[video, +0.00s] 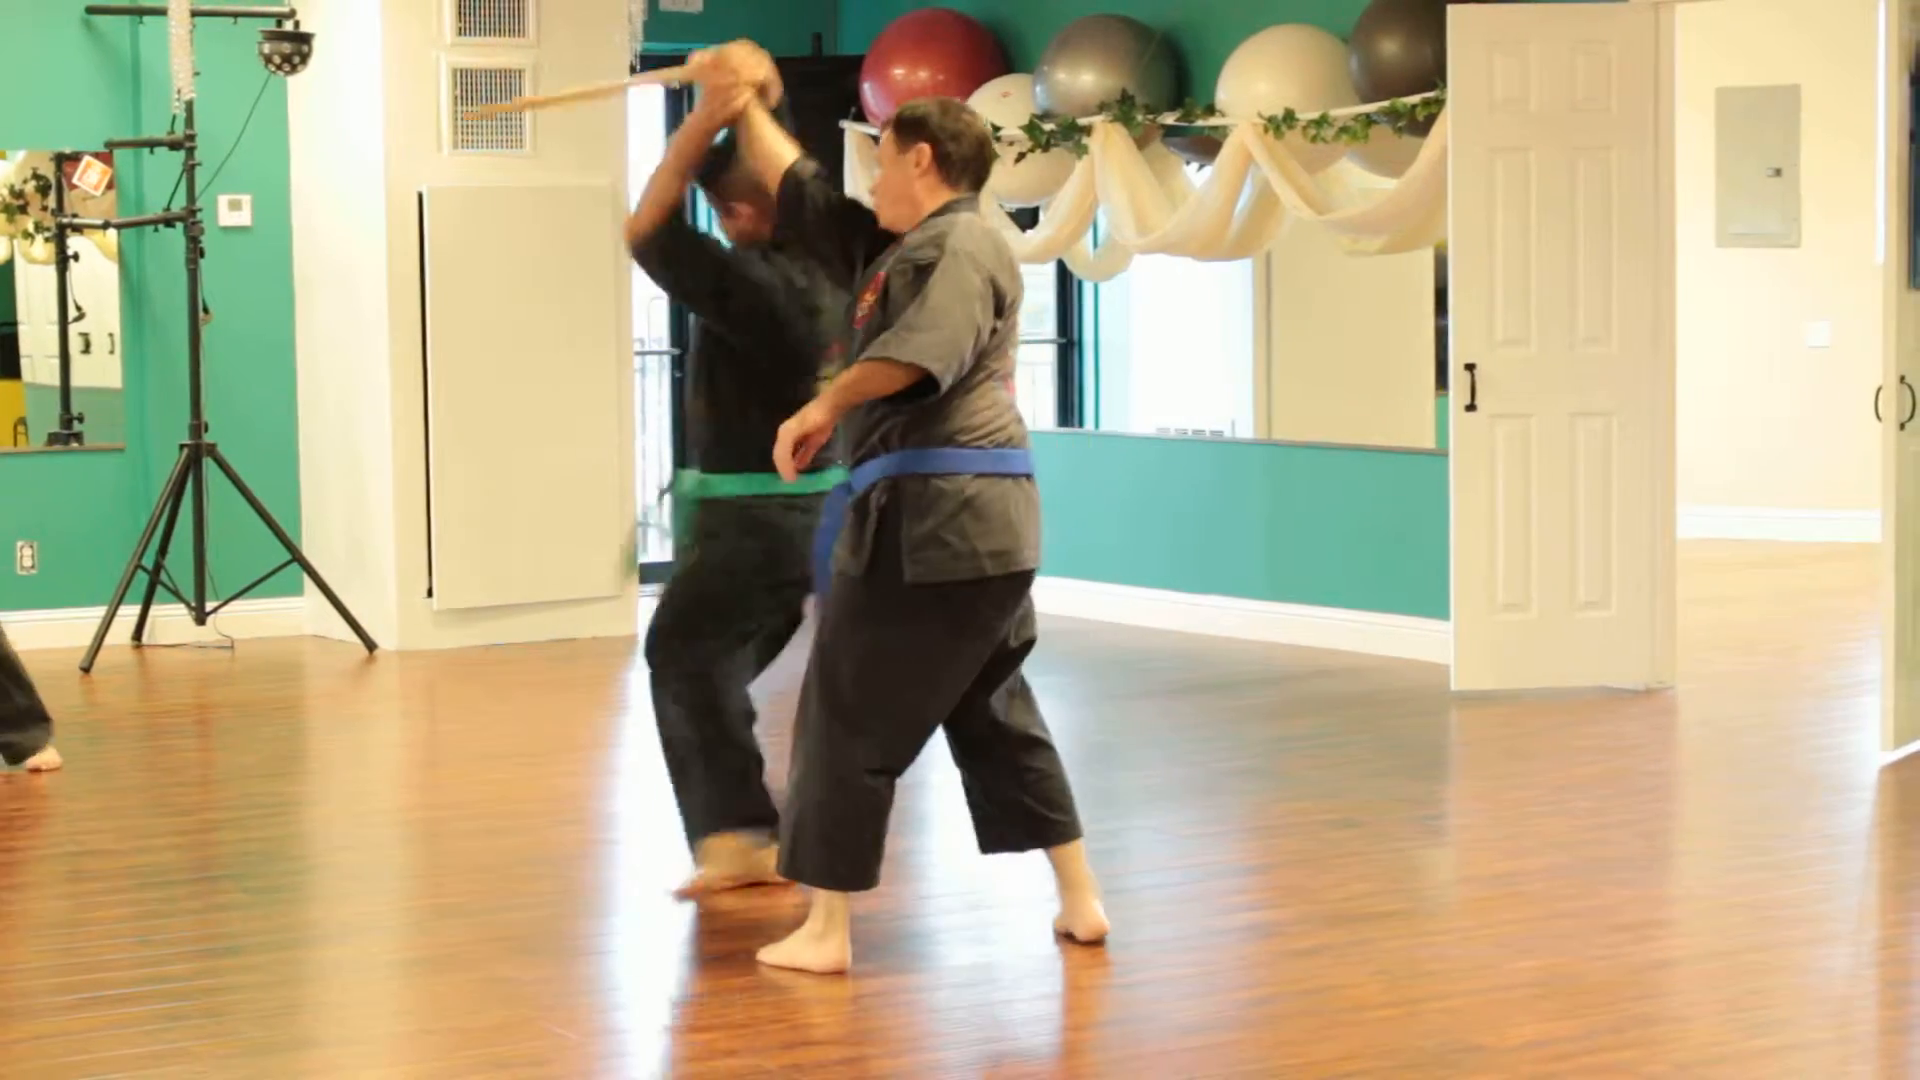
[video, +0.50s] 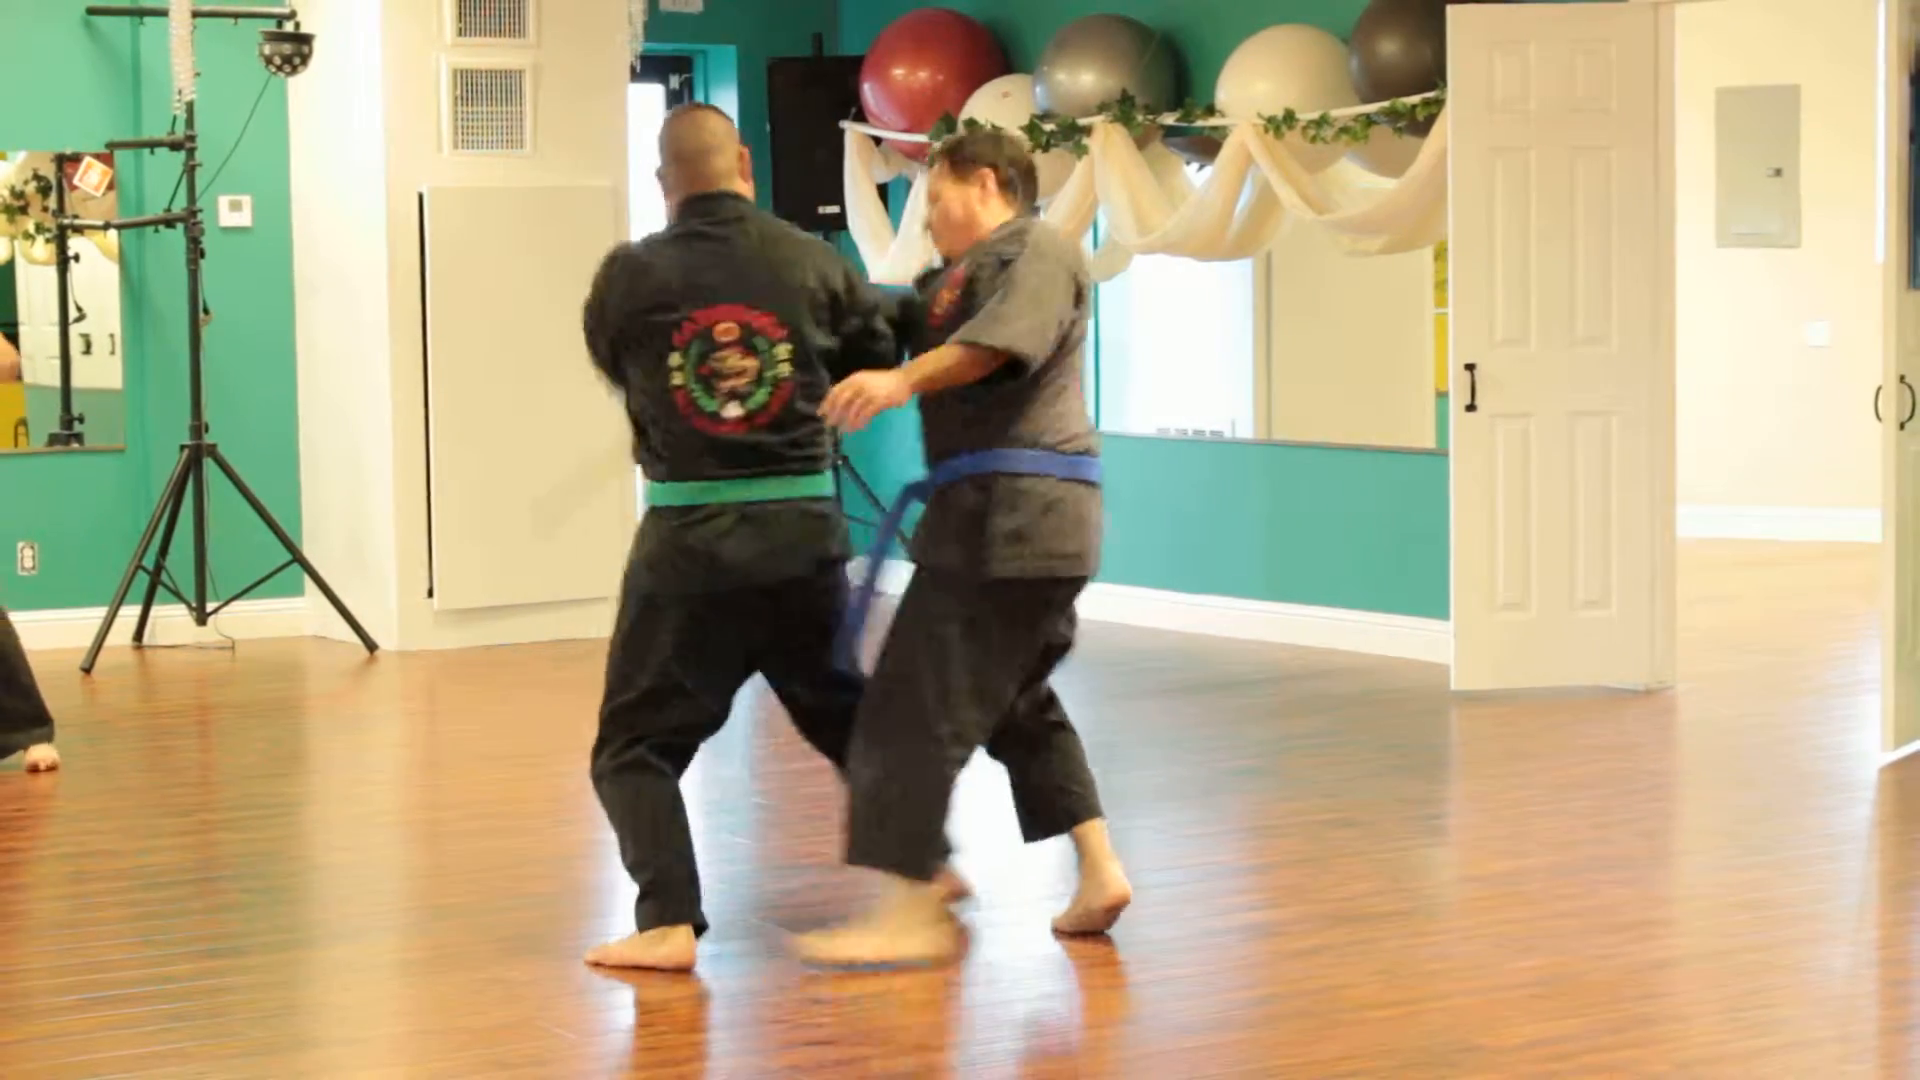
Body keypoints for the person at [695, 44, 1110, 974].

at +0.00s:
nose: (869, 178)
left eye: (880, 158)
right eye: (875, 160)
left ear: (921, 160)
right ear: (941, 161)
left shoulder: (957, 238)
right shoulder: (963, 236)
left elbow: (919, 356)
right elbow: (816, 197)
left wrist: (827, 404)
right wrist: (744, 112)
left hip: (930, 518)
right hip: (987, 515)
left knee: (840, 709)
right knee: (993, 705)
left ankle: (824, 928)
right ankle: (1081, 898)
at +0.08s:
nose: (884, 166)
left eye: (897, 150)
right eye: (890, 150)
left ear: (936, 157)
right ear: (953, 160)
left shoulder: (964, 246)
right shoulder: (948, 235)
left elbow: (920, 365)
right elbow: (823, 187)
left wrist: (816, 414)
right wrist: (775, 99)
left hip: (927, 514)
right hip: (974, 511)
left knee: (838, 711)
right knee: (993, 700)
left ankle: (827, 929)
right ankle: (1086, 892)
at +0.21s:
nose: (900, 161)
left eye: (914, 148)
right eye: (907, 146)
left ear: (954, 159)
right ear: (968, 162)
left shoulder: (976, 249)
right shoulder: (951, 237)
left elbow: (924, 372)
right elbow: (839, 183)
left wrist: (821, 411)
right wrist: (784, 94)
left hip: (937, 511)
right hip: (982, 509)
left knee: (841, 707)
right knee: (995, 702)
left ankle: (827, 927)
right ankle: (1087, 893)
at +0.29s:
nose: (915, 165)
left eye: (926, 152)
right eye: (919, 152)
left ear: (963, 161)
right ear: (985, 168)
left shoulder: (983, 254)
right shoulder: (963, 242)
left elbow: (934, 370)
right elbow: (848, 206)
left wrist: (832, 414)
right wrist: (790, 128)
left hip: (939, 517)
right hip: (994, 514)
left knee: (848, 710)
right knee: (1000, 699)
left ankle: (829, 928)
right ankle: (1092, 889)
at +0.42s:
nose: (923, 183)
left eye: (935, 167)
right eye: (927, 169)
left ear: (982, 172)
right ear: (989, 177)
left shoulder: (1021, 254)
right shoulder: (953, 262)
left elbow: (967, 362)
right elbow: (848, 271)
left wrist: (857, 401)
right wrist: (793, 228)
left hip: (975, 528)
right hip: (1011, 527)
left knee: (881, 709)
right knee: (1007, 697)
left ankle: (841, 922)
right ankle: (1091, 872)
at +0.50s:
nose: (929, 218)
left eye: (937, 200)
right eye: (928, 203)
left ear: (985, 187)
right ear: (989, 191)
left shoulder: (1037, 248)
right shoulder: (961, 279)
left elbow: (1000, 339)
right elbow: (874, 323)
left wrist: (901, 381)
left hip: (1007, 513)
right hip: (1038, 515)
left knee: (914, 695)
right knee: (1014, 691)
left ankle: (907, 907)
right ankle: (1100, 865)